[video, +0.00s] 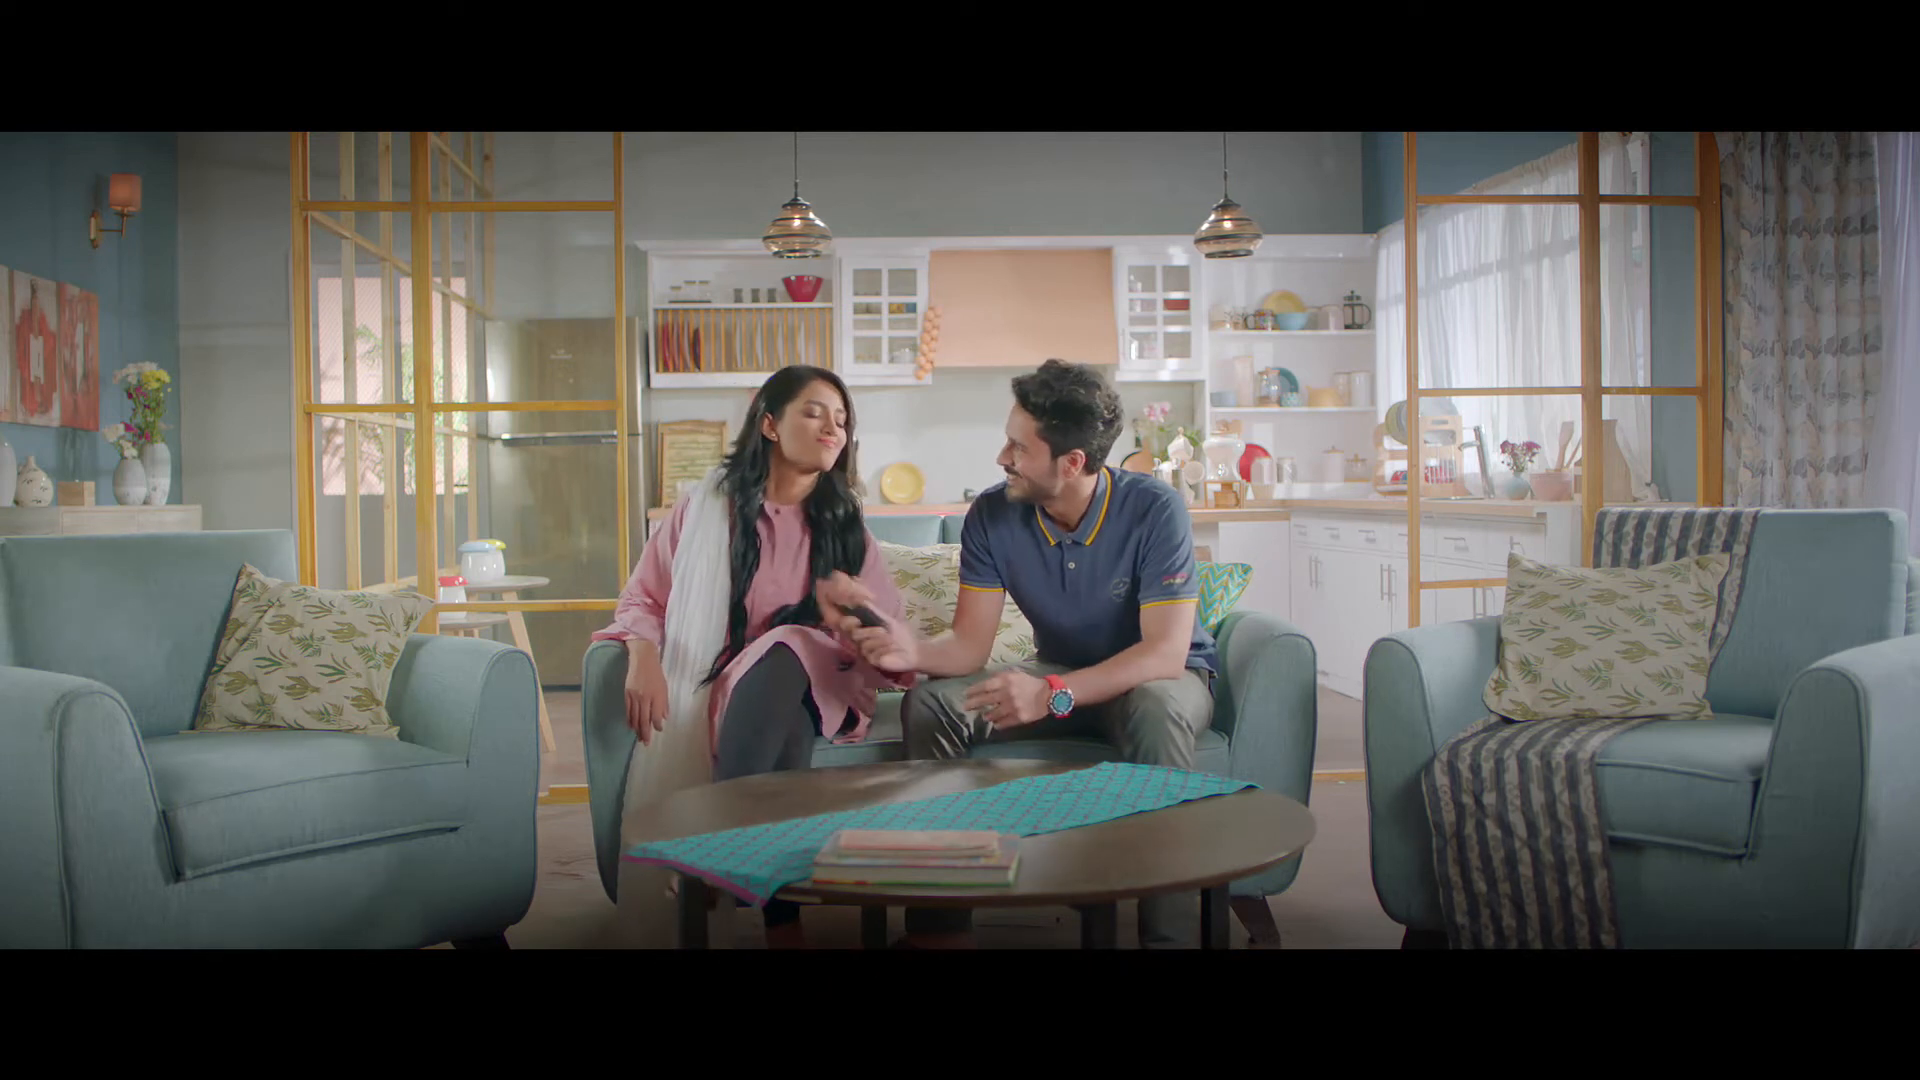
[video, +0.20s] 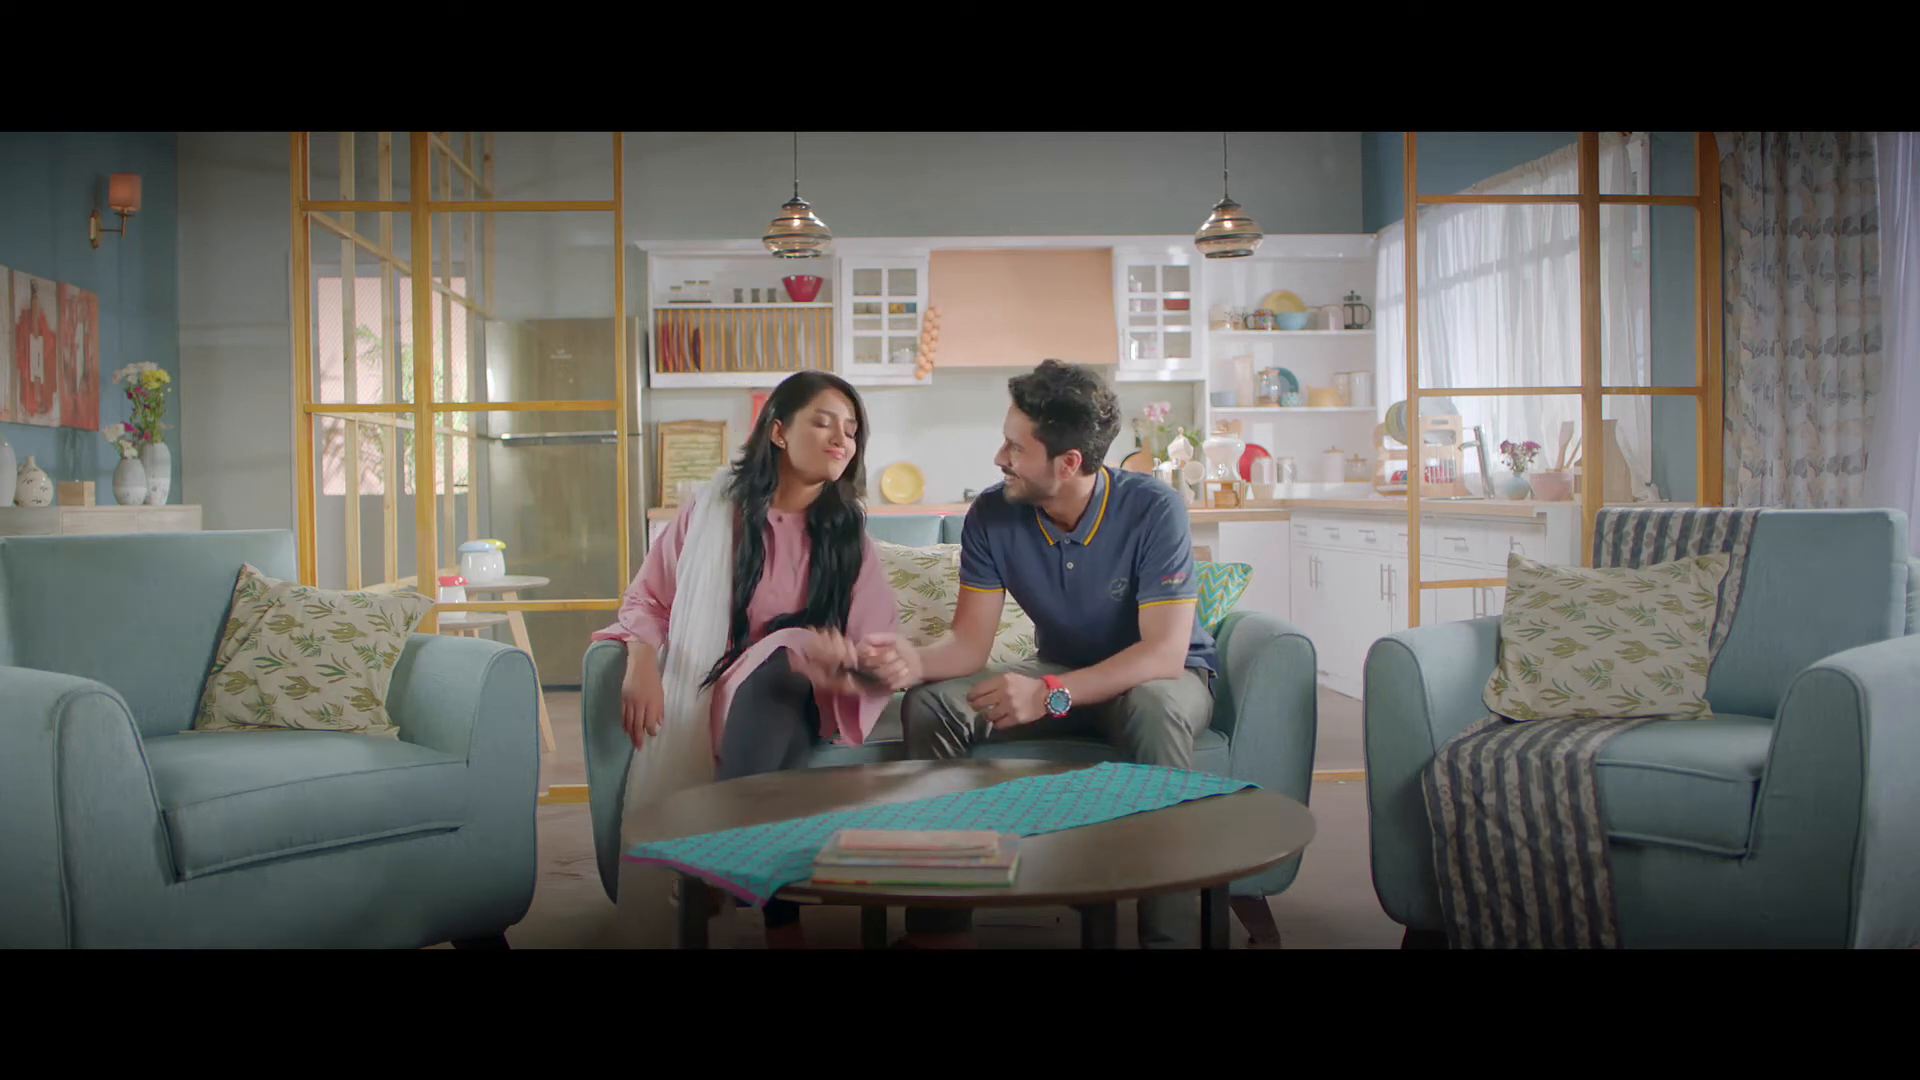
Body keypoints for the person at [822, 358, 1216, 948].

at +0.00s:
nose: (1003, 458)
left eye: (1018, 449)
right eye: (1007, 441)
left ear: (1072, 463)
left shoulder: (1154, 509)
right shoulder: (992, 514)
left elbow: (1166, 654)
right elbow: (969, 642)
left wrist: (1052, 693)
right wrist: (913, 651)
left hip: (1157, 677)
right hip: (1061, 674)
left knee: (1155, 711)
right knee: (929, 703)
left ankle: (1166, 928)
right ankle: (940, 917)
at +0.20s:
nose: (1000, 458)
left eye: (1015, 449)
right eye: (1004, 442)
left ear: (1068, 465)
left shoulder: (1154, 509)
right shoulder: (994, 516)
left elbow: (1164, 655)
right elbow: (969, 643)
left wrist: (1051, 693)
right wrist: (915, 661)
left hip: (1154, 677)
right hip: (1055, 679)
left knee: (1152, 708)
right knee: (928, 706)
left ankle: (1167, 931)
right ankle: (941, 916)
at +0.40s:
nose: (1001, 461)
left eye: (1017, 452)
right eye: (1005, 445)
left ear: (1072, 463)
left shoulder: (1154, 508)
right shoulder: (993, 515)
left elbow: (1165, 656)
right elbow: (969, 644)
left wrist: (1051, 694)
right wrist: (935, 665)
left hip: (1153, 679)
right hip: (1058, 677)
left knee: (1155, 708)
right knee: (930, 707)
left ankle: (1167, 932)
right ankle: (940, 917)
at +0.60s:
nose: (1018, 475)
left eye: (1036, 463)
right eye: (1016, 456)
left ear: (1090, 461)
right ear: (1012, 436)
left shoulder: (1161, 509)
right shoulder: (997, 514)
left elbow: (1165, 656)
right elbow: (972, 645)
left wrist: (1053, 692)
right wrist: (948, 668)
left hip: (1154, 680)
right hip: (1057, 678)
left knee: (1156, 706)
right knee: (929, 708)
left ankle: (1168, 934)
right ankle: (940, 919)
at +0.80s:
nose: (1038, 485)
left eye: (1056, 473)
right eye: (1031, 465)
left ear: (1106, 459)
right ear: (1026, 442)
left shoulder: (1167, 509)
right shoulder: (1008, 508)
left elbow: (1168, 655)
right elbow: (982, 627)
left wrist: (1056, 689)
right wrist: (956, 672)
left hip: (1150, 682)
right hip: (1054, 682)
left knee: (1156, 706)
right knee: (932, 703)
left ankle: (1169, 934)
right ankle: (940, 916)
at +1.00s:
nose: (1117, 495)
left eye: (1138, 479)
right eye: (1103, 471)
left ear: (1169, 467)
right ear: (1085, 448)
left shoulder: (1209, 525)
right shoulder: (1044, 492)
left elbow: (1195, 670)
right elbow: (1021, 612)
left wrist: (1096, 693)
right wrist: (1011, 676)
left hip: (1164, 673)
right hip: (1066, 658)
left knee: (1152, 731)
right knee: (954, 715)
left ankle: (1162, 922)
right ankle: (962, 916)